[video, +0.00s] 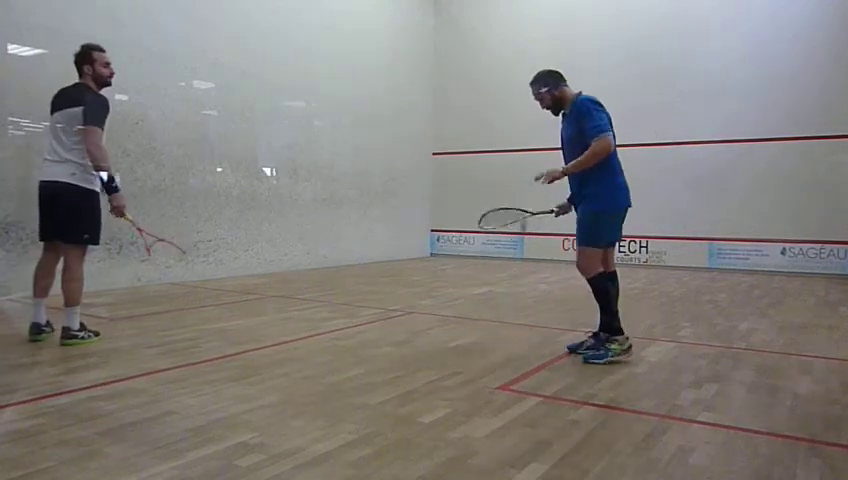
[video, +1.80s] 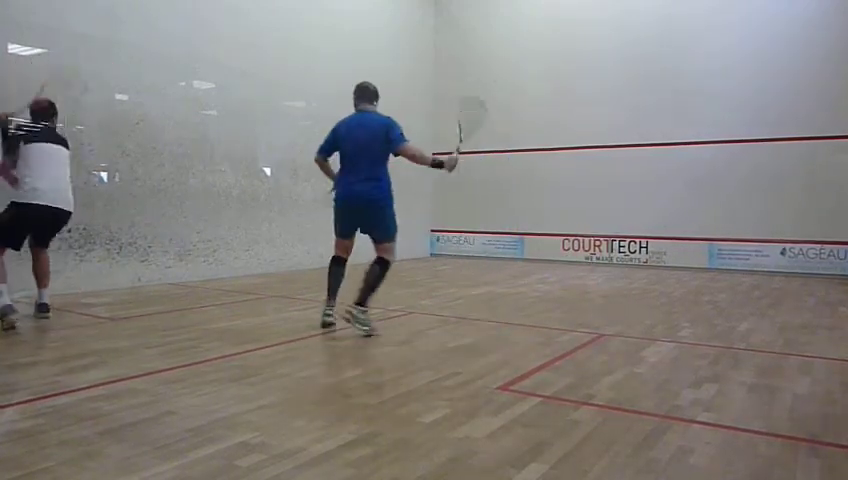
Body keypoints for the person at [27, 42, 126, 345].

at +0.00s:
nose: (111, 70)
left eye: (110, 65)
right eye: (105, 65)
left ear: (84, 70)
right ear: (87, 68)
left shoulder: (59, 96)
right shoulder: (95, 100)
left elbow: (64, 144)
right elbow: (94, 146)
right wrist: (114, 190)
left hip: (49, 185)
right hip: (78, 188)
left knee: (50, 252)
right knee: (74, 258)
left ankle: (37, 321)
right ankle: (72, 327)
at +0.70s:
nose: (111, 76)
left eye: (110, 70)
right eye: (105, 71)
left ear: (82, 75)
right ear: (88, 74)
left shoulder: (50, 98)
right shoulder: (95, 105)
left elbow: (33, 144)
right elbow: (98, 150)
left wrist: (50, 170)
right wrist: (119, 190)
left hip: (40, 185)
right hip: (74, 190)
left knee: (36, 249)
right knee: (71, 259)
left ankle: (22, 316)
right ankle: (72, 326)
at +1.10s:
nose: (66, 78)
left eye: (64, 73)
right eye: (62, 73)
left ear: (37, 77)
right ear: (50, 76)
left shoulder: (9, 104)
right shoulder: (65, 109)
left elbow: (1, 143)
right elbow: (82, 155)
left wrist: (4, 173)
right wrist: (82, 174)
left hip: (13, 190)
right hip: (53, 192)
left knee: (15, 251)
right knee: (67, 253)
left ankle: (11, 315)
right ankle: (70, 307)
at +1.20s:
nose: (56, 76)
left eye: (53, 71)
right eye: (52, 71)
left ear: (27, 78)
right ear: (42, 76)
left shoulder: (5, 102)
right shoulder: (59, 108)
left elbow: (3, 143)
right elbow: (75, 154)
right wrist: (65, 162)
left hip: (10, 189)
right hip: (48, 191)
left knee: (11, 249)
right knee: (60, 247)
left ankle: (10, 314)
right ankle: (62, 303)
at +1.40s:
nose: (45, 76)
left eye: (42, 72)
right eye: (42, 72)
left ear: (16, 78)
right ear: (34, 77)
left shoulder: (3, 102)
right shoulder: (55, 109)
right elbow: (65, 149)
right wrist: (37, 135)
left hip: (8, 187)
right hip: (44, 189)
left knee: (9, 248)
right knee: (41, 245)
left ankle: (10, 312)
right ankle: (46, 306)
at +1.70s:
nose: (48, 105)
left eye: (47, 101)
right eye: (47, 101)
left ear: (25, 101)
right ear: (46, 101)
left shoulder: (13, 119)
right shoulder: (58, 126)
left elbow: (2, 137)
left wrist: (7, 110)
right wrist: (15, 112)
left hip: (22, 195)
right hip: (57, 197)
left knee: (4, 250)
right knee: (40, 243)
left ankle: (9, 308)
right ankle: (42, 301)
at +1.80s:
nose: (32, 112)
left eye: (32, 110)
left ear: (31, 115)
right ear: (54, 118)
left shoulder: (22, 129)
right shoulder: (63, 141)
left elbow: (4, 160)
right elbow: (50, 177)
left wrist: (9, 176)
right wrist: (13, 176)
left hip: (30, 201)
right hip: (63, 206)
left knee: (1, 246)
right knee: (40, 246)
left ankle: (4, 301)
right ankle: (43, 301)